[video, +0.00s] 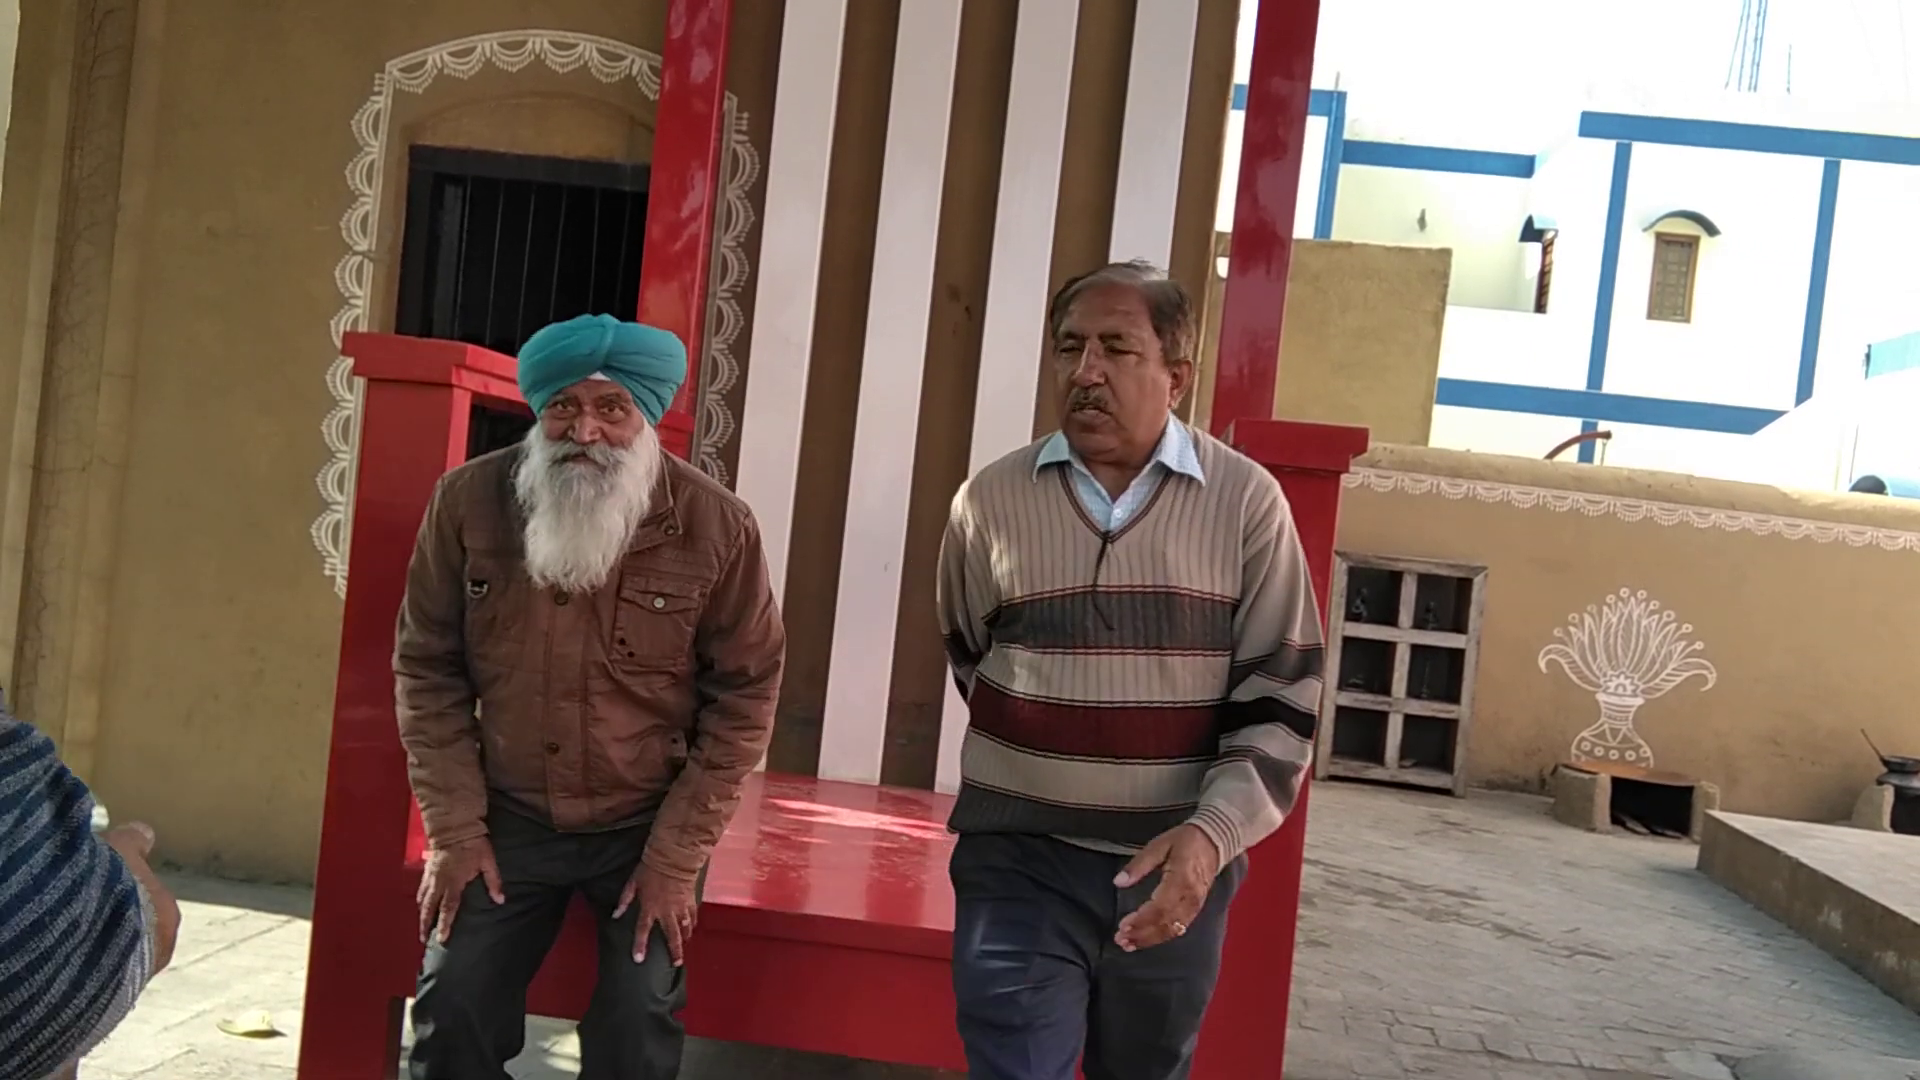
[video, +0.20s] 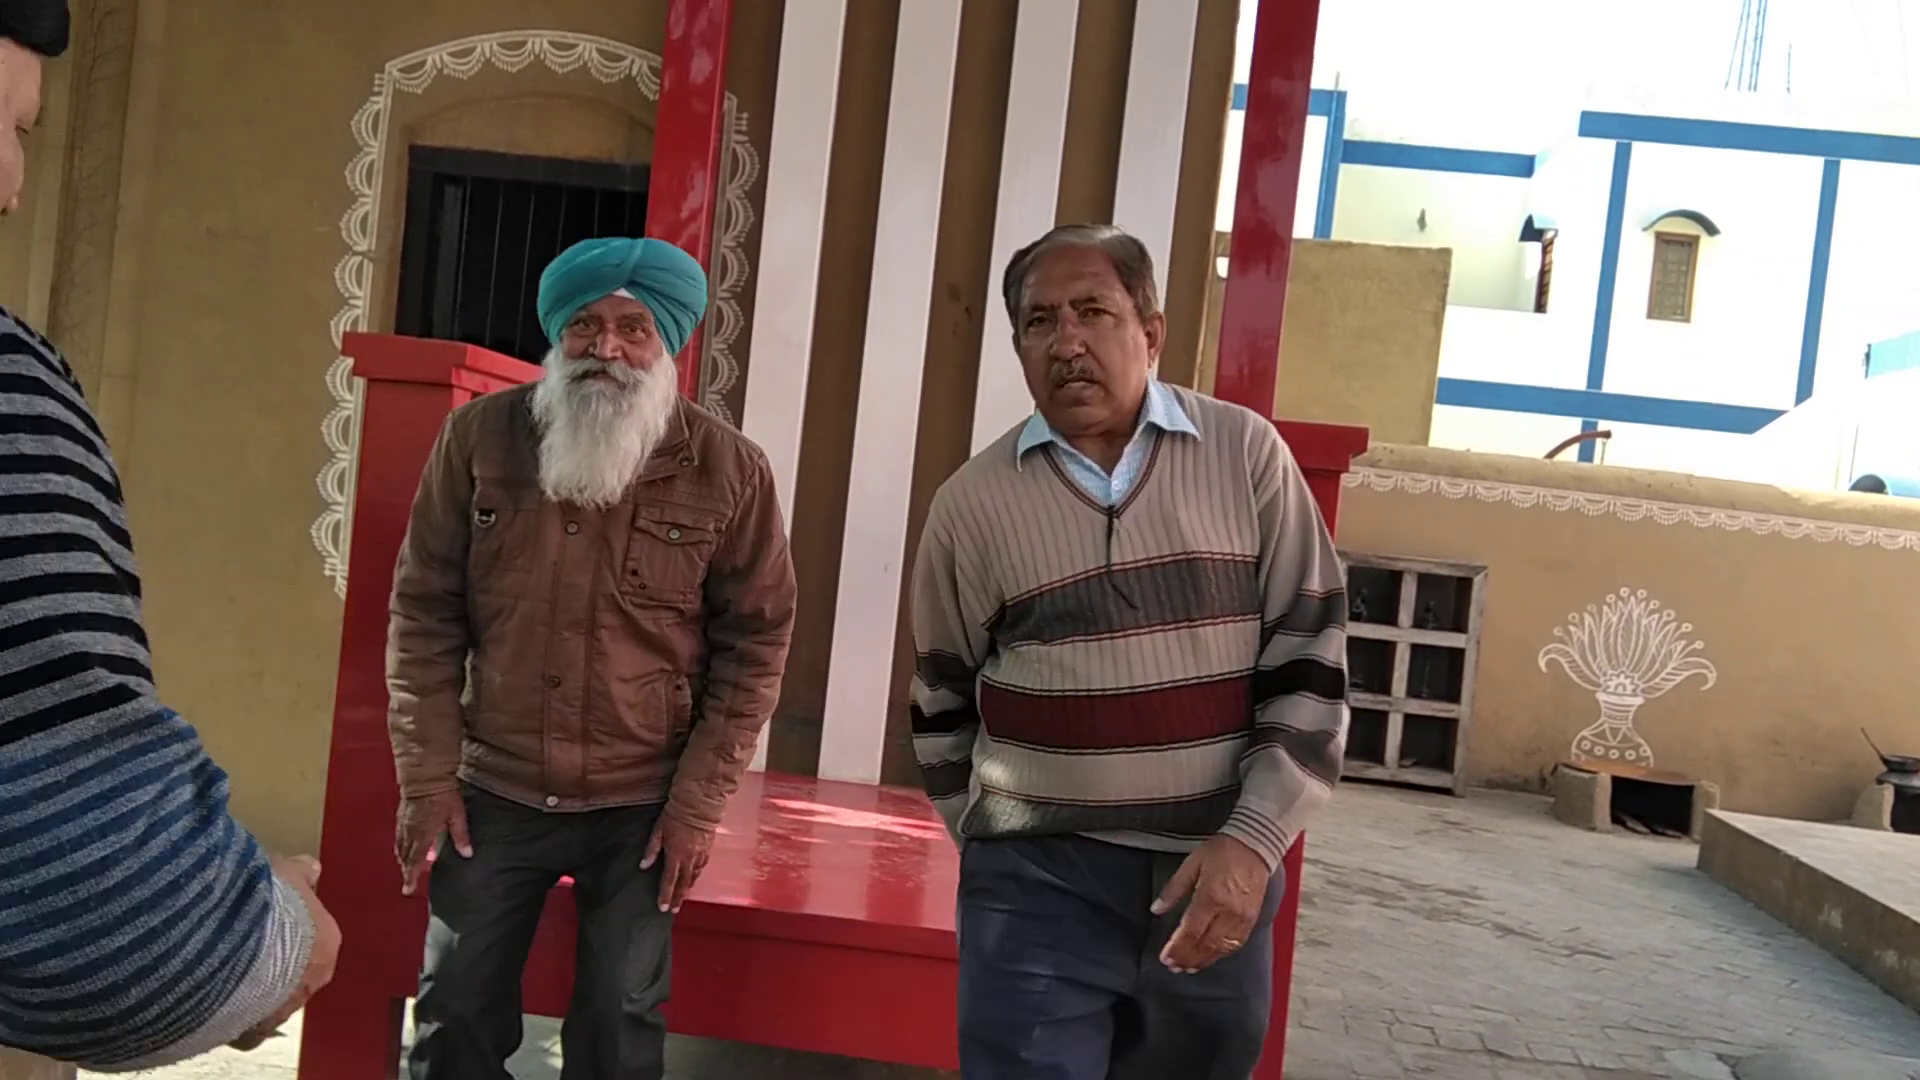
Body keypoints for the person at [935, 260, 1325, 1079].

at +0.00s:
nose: (1084, 371)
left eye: (1116, 349)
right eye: (1071, 348)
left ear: (1177, 376)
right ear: (1054, 363)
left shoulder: (1247, 504)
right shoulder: (986, 503)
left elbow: (1283, 705)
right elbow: (971, 667)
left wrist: (1212, 834)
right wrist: (1057, 753)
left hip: (1175, 879)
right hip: (1018, 862)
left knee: (1143, 1070)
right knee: (1019, 1067)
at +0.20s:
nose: (1066, 342)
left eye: (1093, 312)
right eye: (1040, 321)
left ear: (1151, 335)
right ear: (1020, 351)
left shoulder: (1248, 456)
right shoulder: (967, 506)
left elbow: (1311, 669)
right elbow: (941, 711)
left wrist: (1253, 841)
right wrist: (987, 844)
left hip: (1217, 886)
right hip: (1032, 882)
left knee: (1200, 1068)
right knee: (1025, 1062)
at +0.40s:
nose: (1045, 315)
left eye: (1074, 281)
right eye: (1018, 295)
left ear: (1141, 303)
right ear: (1000, 328)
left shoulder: (1254, 434)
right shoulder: (965, 494)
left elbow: (1344, 655)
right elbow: (909, 711)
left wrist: (1356, 860)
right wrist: (868, 907)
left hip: (1251, 899)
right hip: (1049, 897)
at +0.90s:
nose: (1136, 301)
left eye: (1170, 263)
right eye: (1108, 272)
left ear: (1248, 287)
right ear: (1087, 303)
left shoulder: (1378, 438)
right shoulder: (1041, 491)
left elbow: (1467, 692)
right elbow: (1003, 736)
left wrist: (1401, 862)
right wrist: (986, 950)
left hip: (1328, 968)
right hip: (1102, 957)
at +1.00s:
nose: (1175, 300)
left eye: (1212, 264)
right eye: (1153, 274)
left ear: (1304, 285)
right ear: (1135, 300)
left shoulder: (1437, 463)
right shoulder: (1099, 484)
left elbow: (1529, 730)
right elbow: (1049, 726)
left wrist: (1481, 947)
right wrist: (1021, 939)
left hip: (1360, 989)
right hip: (1125, 960)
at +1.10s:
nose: (1198, 304)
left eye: (1238, 266)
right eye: (1187, 268)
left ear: (1351, 280)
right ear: (1176, 271)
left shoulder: (1480, 468)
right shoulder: (1160, 464)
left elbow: (1592, 772)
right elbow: (1110, 714)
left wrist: (1544, 1022)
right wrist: (1073, 912)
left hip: (1384, 1003)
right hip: (1163, 964)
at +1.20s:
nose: (1213, 317)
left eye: (1246, 280)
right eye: (1214, 276)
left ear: (1376, 291)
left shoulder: (1514, 489)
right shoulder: (1238, 442)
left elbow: (1631, 854)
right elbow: (1221, 708)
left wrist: (1564, 1066)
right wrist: (1165, 892)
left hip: (1407, 1022)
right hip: (1212, 968)